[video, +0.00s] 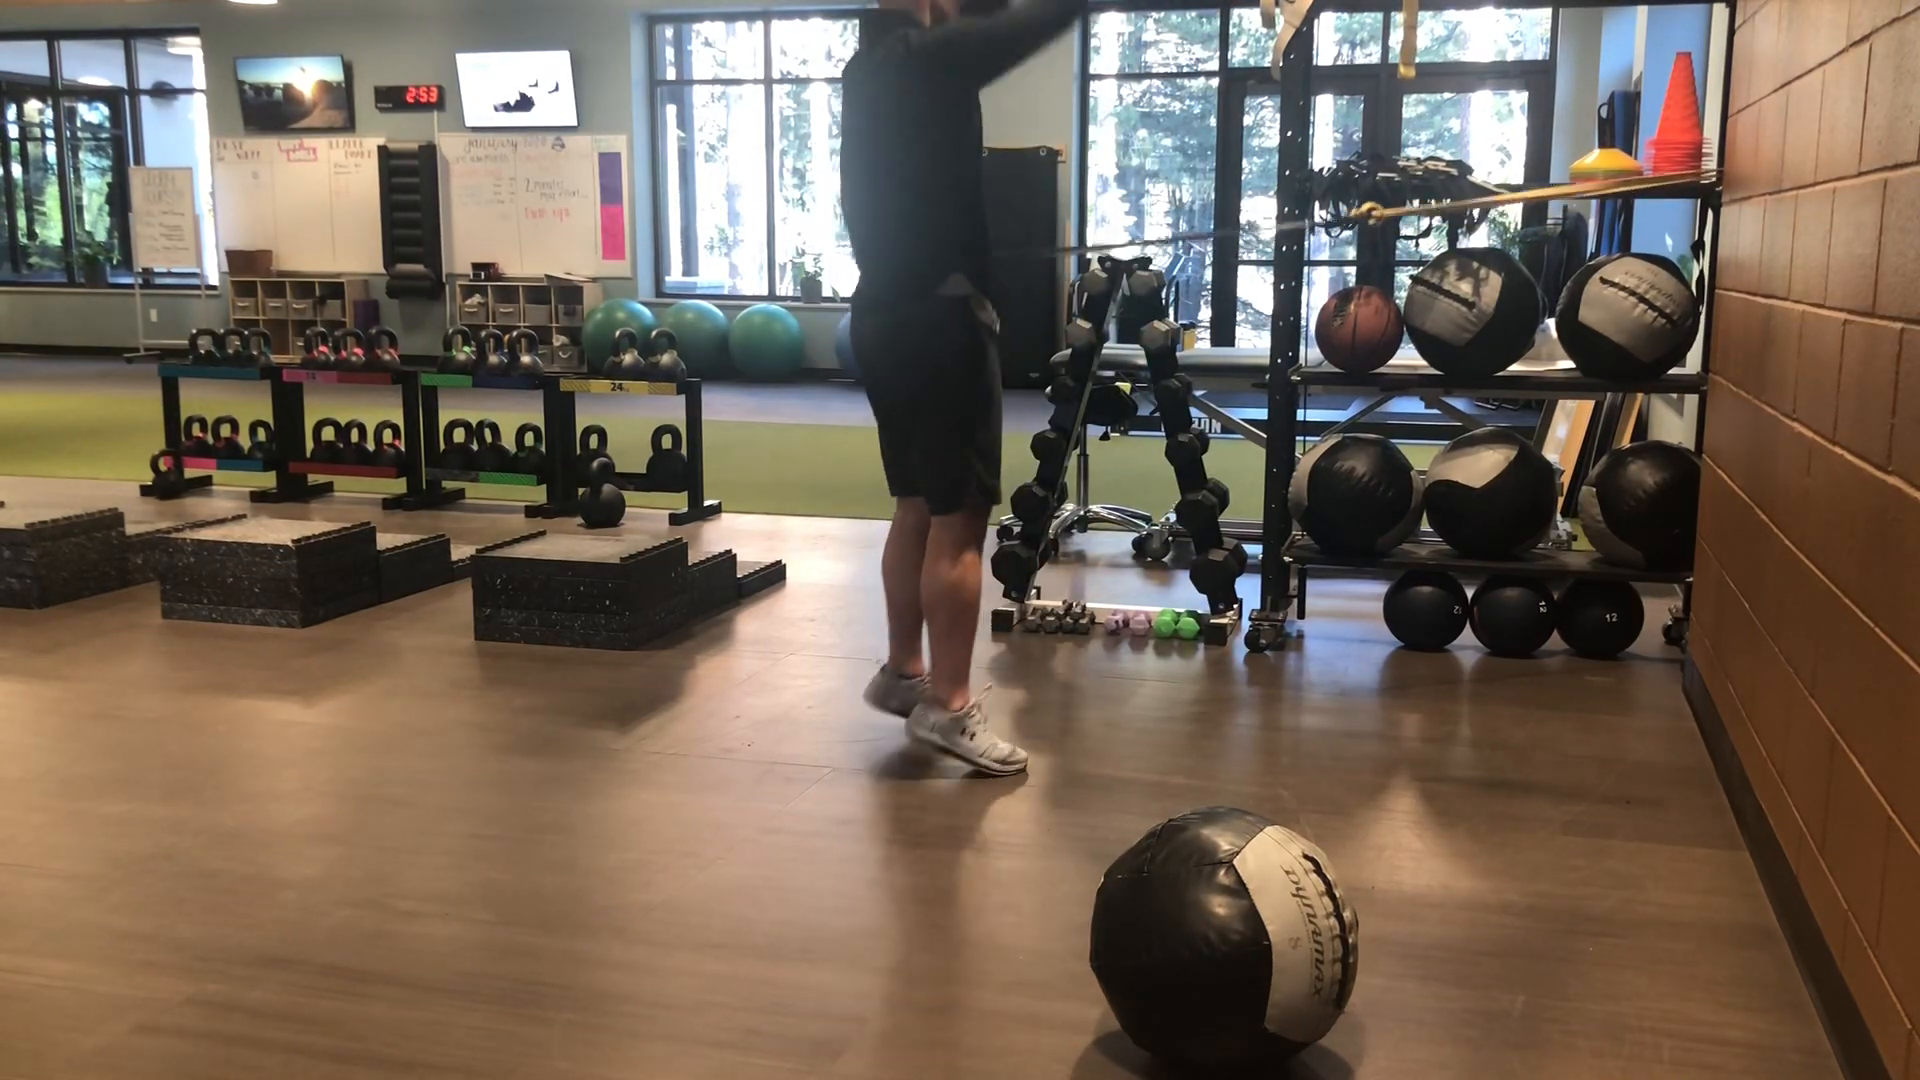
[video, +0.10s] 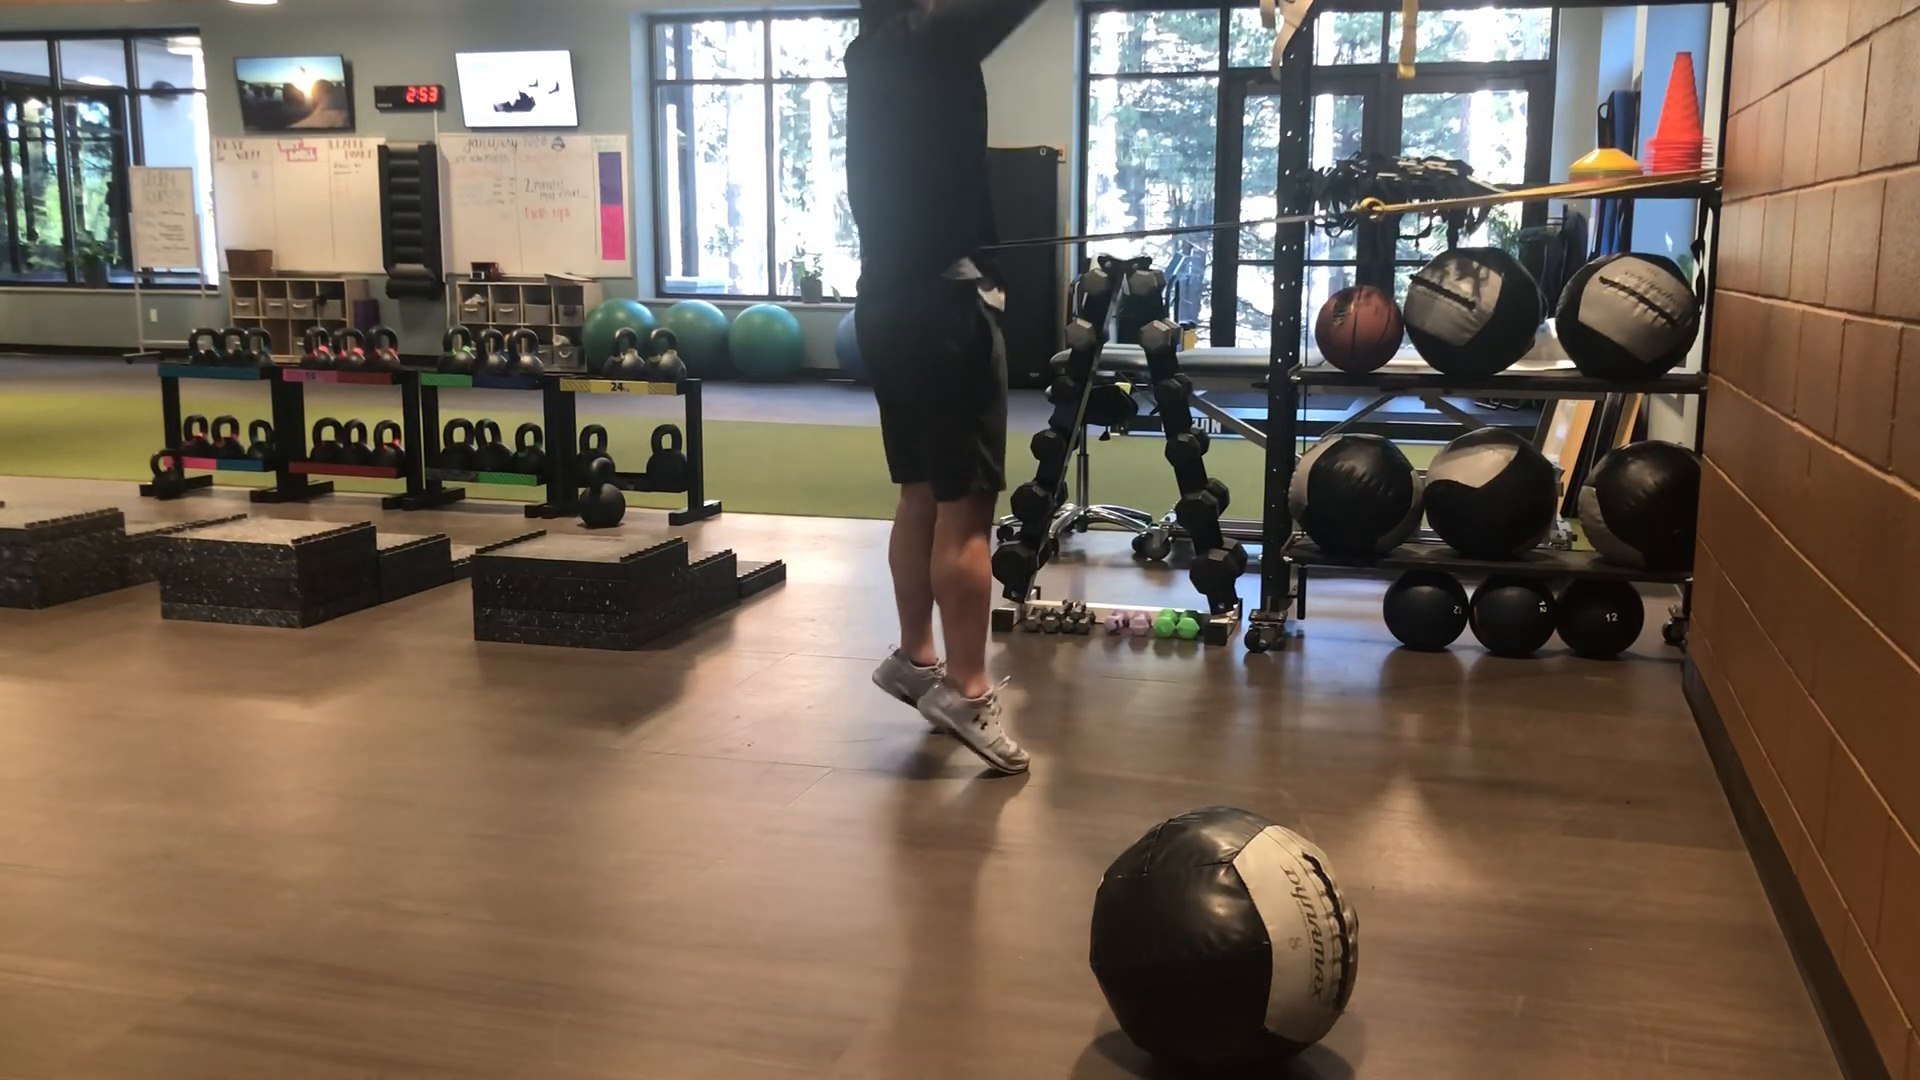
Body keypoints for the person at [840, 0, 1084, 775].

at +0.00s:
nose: (965, 19)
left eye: (965, 10)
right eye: (960, 8)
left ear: (887, 11)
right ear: (931, 4)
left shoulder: (861, 75)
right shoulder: (931, 57)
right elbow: (1043, 15)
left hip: (878, 314)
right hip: (939, 313)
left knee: (915, 506)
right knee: (961, 515)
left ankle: (902, 669)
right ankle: (950, 706)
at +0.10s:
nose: (966, 12)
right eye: (960, 6)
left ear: (887, 5)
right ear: (935, 1)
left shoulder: (867, 55)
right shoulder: (942, 39)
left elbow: (870, 195)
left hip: (884, 297)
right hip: (946, 297)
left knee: (919, 490)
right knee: (968, 510)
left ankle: (916, 657)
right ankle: (968, 695)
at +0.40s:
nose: (1002, 30)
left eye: (1000, 16)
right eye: (994, 14)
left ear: (940, 19)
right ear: (963, 13)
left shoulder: (901, 103)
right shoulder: (956, 103)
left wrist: (984, 296)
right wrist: (1015, 292)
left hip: (864, 337)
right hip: (911, 340)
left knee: (933, 521)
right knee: (991, 531)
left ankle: (891, 690)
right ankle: (952, 719)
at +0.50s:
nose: (1038, 89)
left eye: (1037, 74)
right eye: (1032, 72)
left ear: (978, 72)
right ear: (999, 71)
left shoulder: (930, 159)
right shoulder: (978, 169)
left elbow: (865, 286)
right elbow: (951, 299)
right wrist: (919, 416)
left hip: (851, 379)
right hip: (903, 388)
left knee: (940, 545)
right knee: (1009, 551)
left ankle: (890, 697)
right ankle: (948, 734)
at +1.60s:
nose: (980, 17)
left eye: (977, 7)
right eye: (976, 6)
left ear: (911, 12)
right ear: (948, 7)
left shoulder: (867, 99)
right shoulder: (943, 104)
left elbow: (863, 235)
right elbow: (960, 250)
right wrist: (1005, 361)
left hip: (870, 332)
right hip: (934, 338)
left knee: (889, 519)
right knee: (948, 540)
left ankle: (885, 698)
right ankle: (943, 731)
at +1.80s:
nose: (979, 17)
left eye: (977, 8)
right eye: (975, 6)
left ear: (906, 14)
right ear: (949, 7)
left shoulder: (866, 103)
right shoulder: (941, 103)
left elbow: (900, 232)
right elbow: (984, 231)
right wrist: (1079, 295)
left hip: (873, 337)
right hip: (935, 344)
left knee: (895, 521)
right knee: (948, 537)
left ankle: (885, 696)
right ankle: (943, 730)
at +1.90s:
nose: (980, 16)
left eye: (976, 6)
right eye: (976, 5)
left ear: (912, 13)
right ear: (949, 6)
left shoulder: (872, 96)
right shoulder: (946, 102)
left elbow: (956, 179)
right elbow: (1032, 205)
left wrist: (1045, 169)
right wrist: (1120, 182)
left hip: (876, 338)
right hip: (935, 346)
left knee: (902, 526)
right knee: (947, 543)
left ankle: (885, 700)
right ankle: (943, 731)